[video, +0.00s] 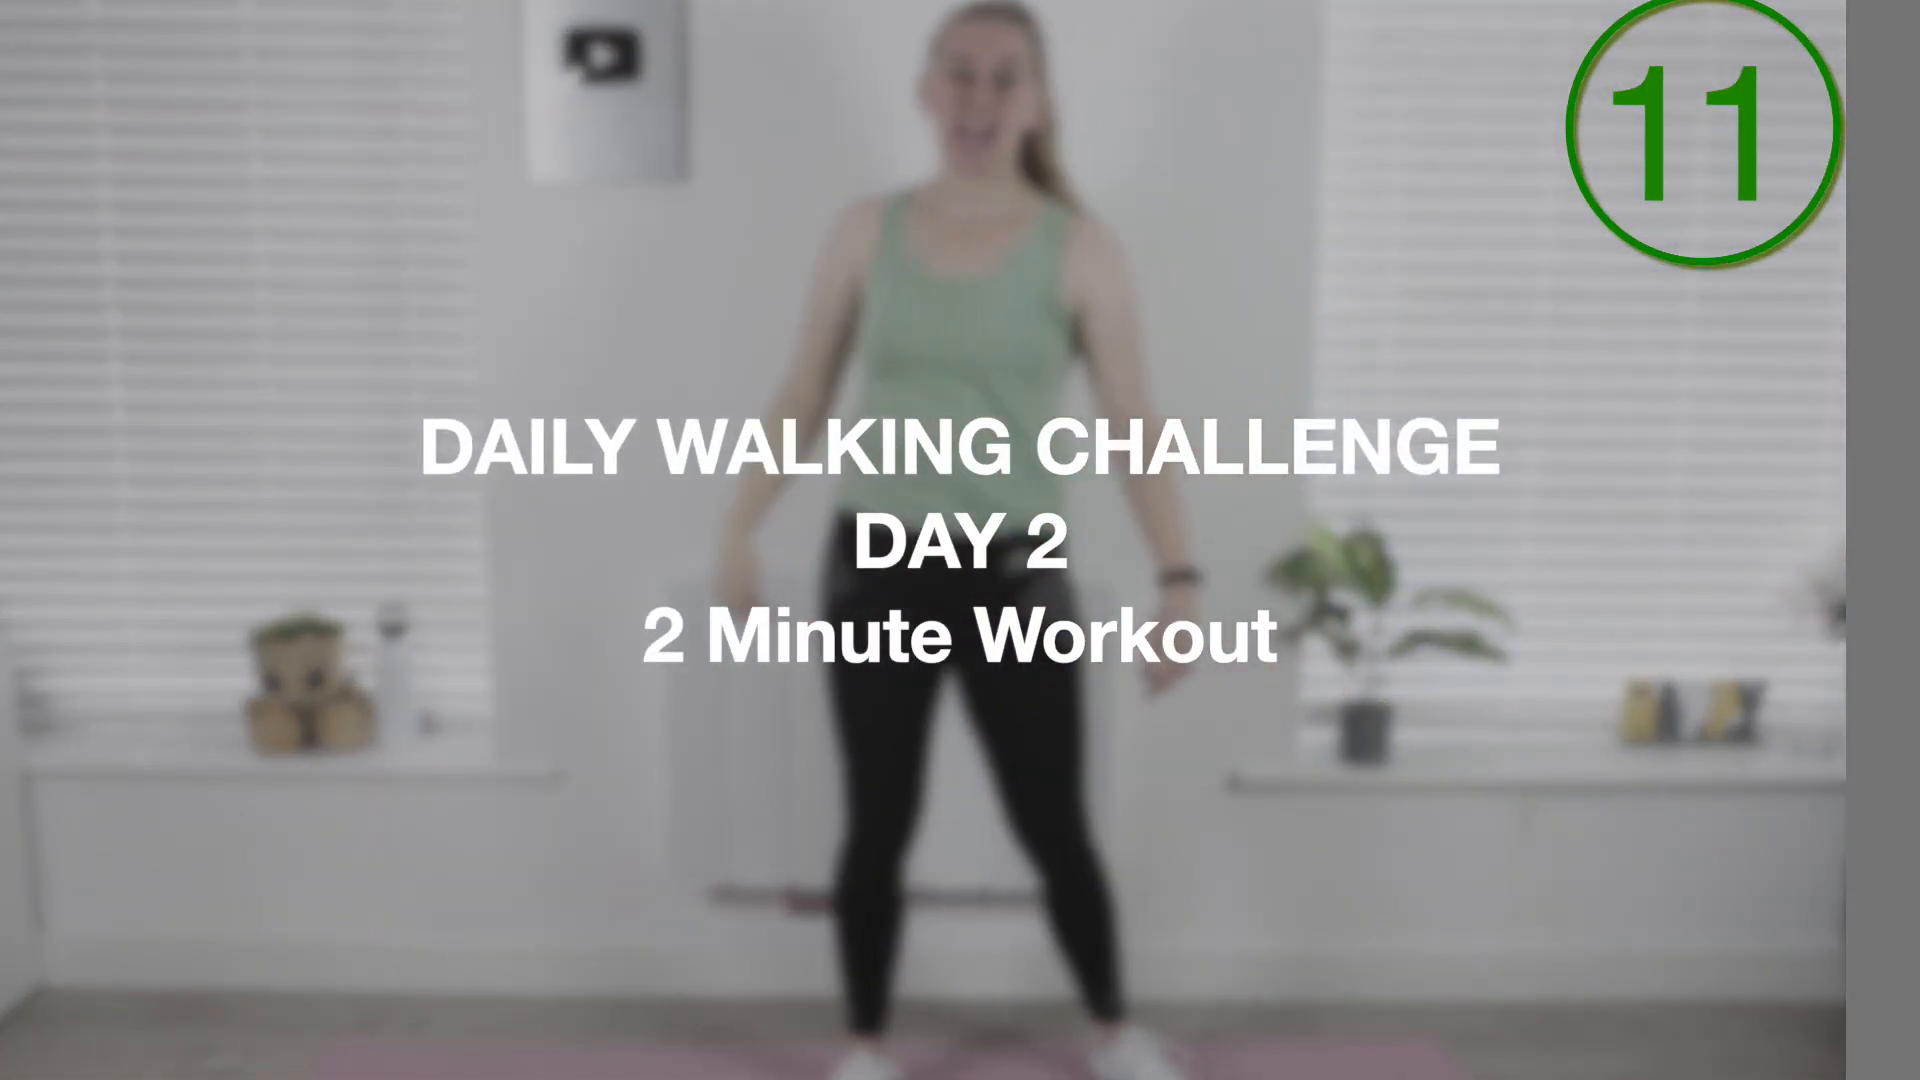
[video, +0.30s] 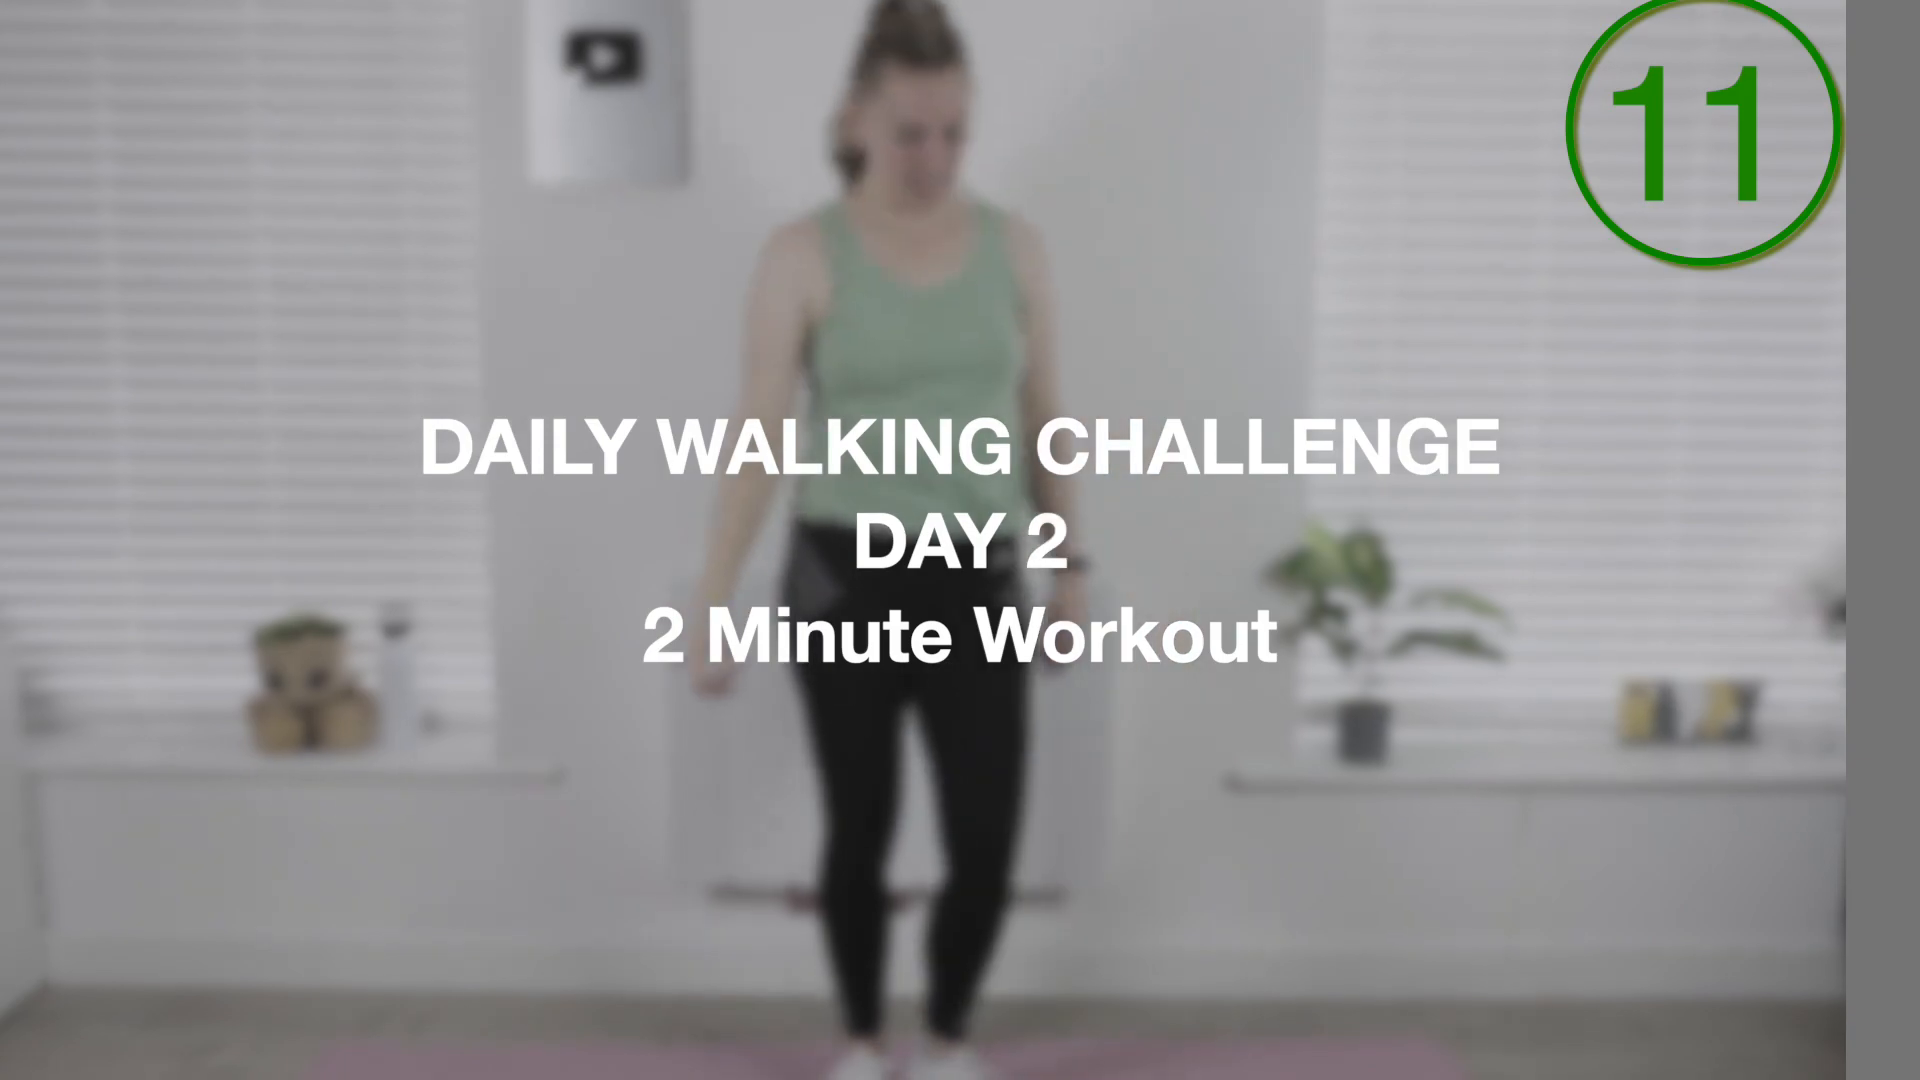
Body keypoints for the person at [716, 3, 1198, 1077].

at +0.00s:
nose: (980, 100)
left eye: (1004, 80)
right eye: (961, 77)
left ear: (1038, 99)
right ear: (927, 90)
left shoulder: (1077, 246)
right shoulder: (869, 231)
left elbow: (1134, 425)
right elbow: (804, 396)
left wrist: (1177, 576)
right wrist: (737, 533)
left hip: (1014, 562)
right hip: (879, 557)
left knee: (1051, 818)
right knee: (878, 814)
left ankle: (1114, 1033)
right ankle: (865, 1044)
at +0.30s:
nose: (930, 155)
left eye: (949, 131)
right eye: (907, 130)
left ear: (972, 125)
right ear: (857, 123)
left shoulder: (1011, 248)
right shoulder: (805, 254)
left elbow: (1045, 419)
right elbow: (758, 443)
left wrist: (1070, 561)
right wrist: (714, 600)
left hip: (978, 573)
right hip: (847, 574)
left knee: (986, 834)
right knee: (861, 822)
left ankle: (948, 1041)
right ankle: (865, 1041)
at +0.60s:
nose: (954, 203)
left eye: (967, 180)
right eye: (933, 185)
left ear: (980, 162)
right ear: (869, 166)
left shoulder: (1004, 273)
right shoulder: (802, 283)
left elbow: (1016, 433)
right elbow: (782, 458)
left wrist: (1014, 556)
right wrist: (830, 597)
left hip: (982, 567)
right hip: (858, 572)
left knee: (1025, 808)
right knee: (873, 809)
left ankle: (1046, 962)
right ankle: (874, 1009)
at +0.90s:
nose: (1006, 201)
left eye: (1015, 177)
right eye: (981, 184)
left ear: (1025, 174)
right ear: (925, 189)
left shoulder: (1060, 307)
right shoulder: (871, 309)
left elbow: (1094, 460)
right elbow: (832, 464)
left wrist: (1118, 591)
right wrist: (805, 602)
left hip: (1031, 591)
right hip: (909, 587)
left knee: (1062, 812)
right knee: (899, 795)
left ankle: (1131, 1010)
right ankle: (881, 966)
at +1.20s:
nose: (1052, 205)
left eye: (1071, 186)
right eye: (1033, 186)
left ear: (1097, 200)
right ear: (1004, 200)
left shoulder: (1140, 319)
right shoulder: (961, 307)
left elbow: (1207, 444)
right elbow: (869, 423)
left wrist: (1136, 498)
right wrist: (968, 456)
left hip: (1094, 578)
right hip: (982, 572)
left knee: (1091, 789)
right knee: (939, 773)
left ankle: (1118, 972)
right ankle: (911, 922)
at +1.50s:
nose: (1066, 201)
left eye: (1086, 184)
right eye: (1048, 182)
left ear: (1117, 201)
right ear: (1022, 194)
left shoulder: (1136, 306)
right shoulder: (987, 280)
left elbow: (1174, 383)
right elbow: (865, 291)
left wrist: (1036, 400)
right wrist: (997, 286)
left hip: (1101, 576)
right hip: (994, 572)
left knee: (1099, 787)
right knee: (999, 787)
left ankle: (1116, 972)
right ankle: (1007, 972)